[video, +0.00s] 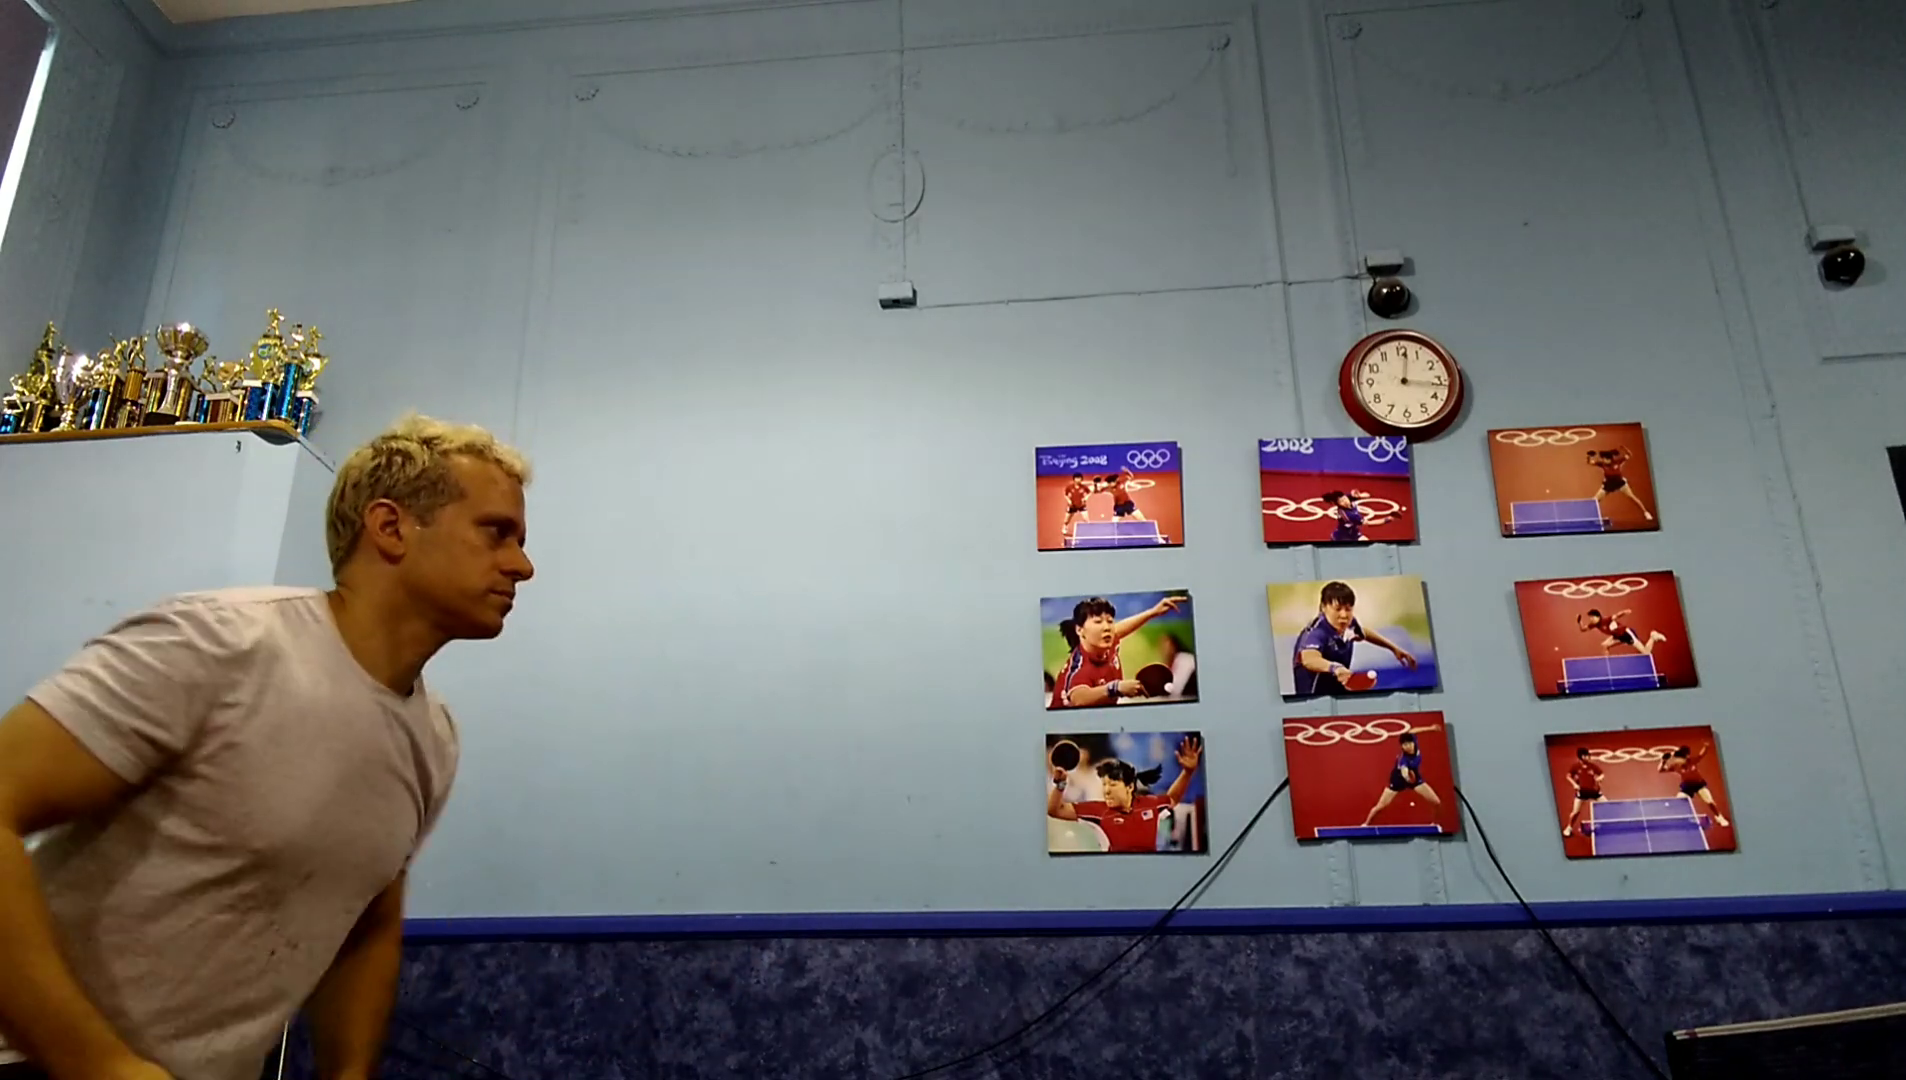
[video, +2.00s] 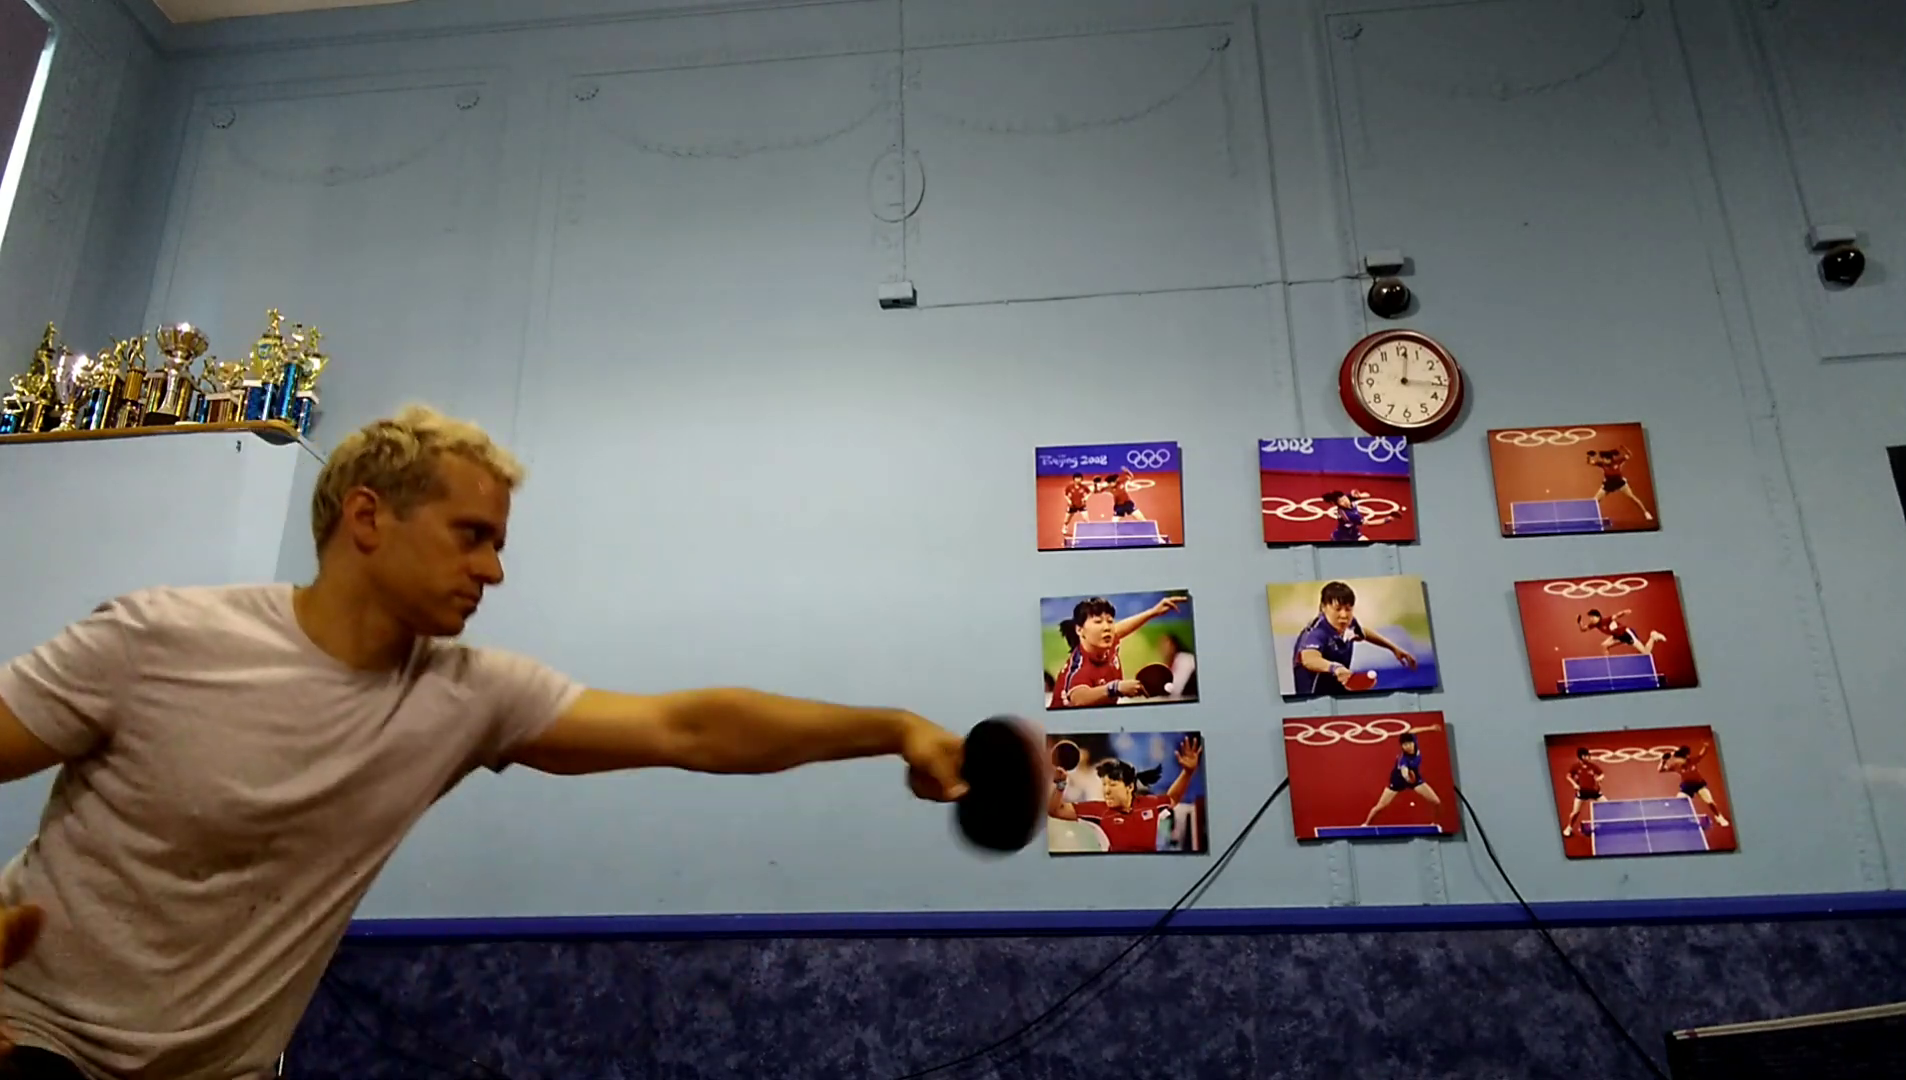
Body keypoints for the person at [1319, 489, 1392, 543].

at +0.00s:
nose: (1345, 502)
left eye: (1344, 499)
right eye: (1341, 502)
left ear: (1347, 497)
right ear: (1338, 505)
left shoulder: (1349, 499)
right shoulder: (1350, 515)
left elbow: (1368, 495)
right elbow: (1367, 523)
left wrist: (1360, 495)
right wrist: (1384, 520)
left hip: (1355, 535)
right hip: (1342, 538)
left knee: (1370, 547)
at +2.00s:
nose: (1344, 502)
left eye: (1343, 499)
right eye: (1340, 502)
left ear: (1346, 497)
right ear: (1338, 505)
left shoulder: (1350, 500)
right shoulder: (1349, 515)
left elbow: (1367, 496)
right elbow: (1367, 523)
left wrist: (1360, 495)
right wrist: (1385, 520)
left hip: (1355, 535)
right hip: (1341, 537)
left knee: (1370, 547)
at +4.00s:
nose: (1344, 502)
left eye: (1344, 499)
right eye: (1341, 502)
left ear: (1346, 497)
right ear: (1339, 505)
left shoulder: (1348, 498)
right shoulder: (1350, 515)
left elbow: (1367, 496)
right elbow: (1367, 523)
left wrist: (1360, 495)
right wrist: (1385, 520)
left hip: (1356, 536)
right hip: (1341, 538)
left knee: (1371, 548)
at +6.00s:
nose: (1345, 502)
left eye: (1344, 499)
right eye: (1341, 502)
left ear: (1346, 497)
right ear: (1339, 505)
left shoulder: (1348, 498)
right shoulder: (1350, 515)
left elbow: (1367, 496)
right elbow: (1366, 523)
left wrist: (1360, 495)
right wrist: (1384, 520)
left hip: (1355, 535)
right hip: (1341, 538)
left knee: (1371, 547)